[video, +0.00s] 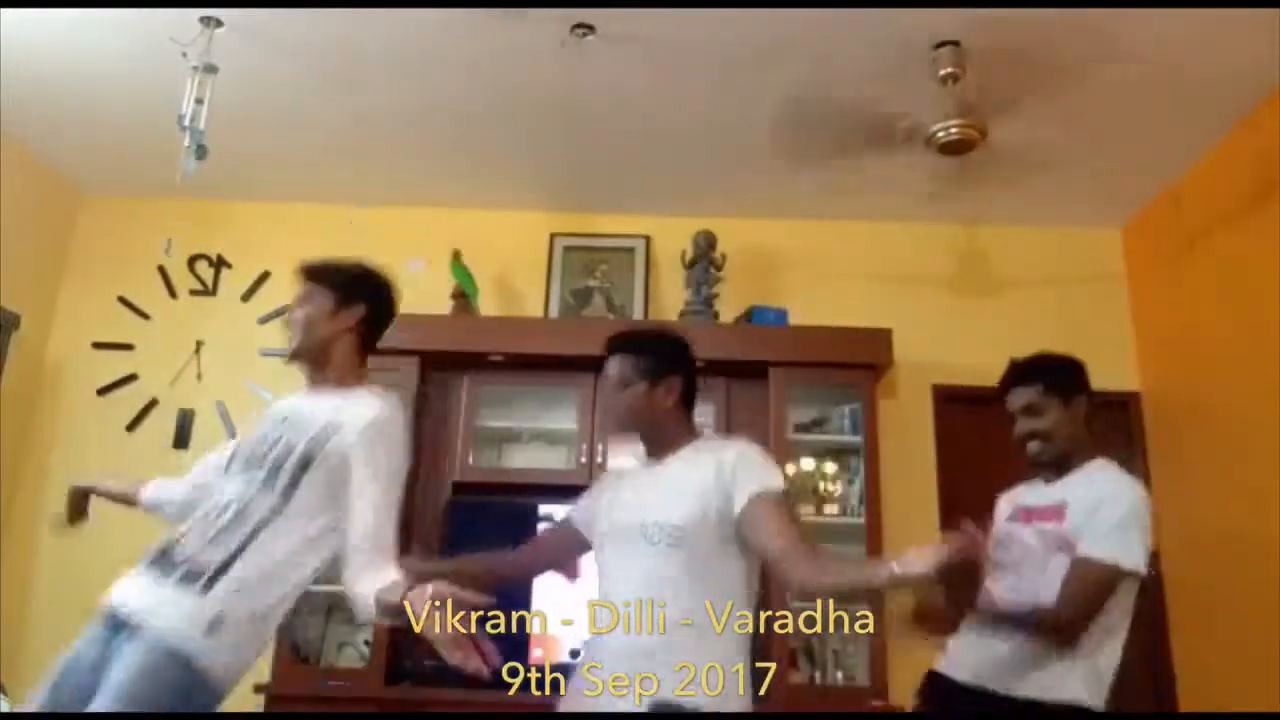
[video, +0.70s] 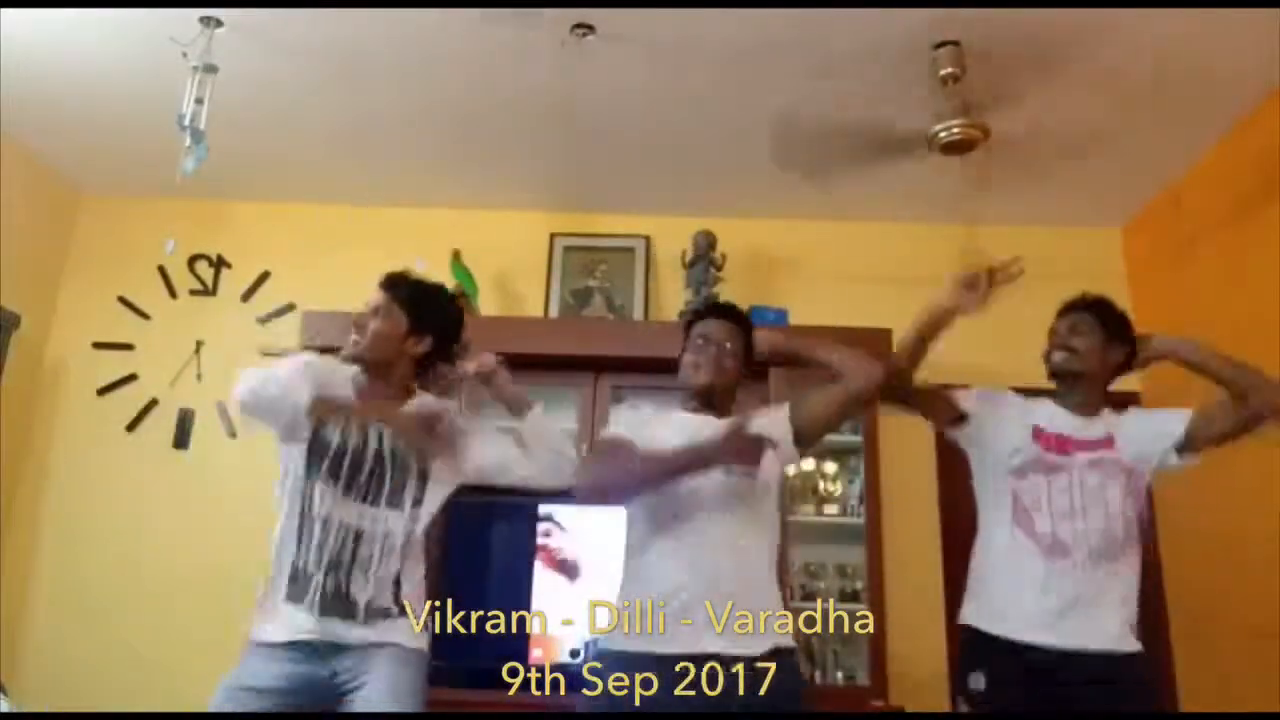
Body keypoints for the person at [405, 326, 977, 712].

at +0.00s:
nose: (604, 400)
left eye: (619, 387)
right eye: (605, 386)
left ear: (671, 393)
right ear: (647, 395)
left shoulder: (734, 462)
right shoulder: (611, 487)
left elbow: (801, 570)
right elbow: (526, 561)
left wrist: (908, 567)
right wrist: (434, 570)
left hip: (698, 695)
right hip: (600, 694)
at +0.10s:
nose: (616, 317)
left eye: (633, 304)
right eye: (616, 305)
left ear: (683, 317)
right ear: (616, 316)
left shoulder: (734, 387)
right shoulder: (605, 405)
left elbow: (798, 505)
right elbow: (538, 511)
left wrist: (846, 505)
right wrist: (438, 548)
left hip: (700, 638)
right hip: (599, 637)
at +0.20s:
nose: (630, 286)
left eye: (650, 278)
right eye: (629, 277)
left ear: (692, 302)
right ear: (623, 297)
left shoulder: (740, 375)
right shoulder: (607, 383)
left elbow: (794, 493)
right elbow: (568, 494)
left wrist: (794, 485)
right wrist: (477, 556)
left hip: (709, 611)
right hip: (605, 608)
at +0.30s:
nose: (653, 309)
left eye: (670, 300)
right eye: (648, 300)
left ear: (706, 325)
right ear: (637, 315)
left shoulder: (746, 403)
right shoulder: (609, 407)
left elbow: (801, 537)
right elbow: (581, 521)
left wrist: (783, 449)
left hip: (707, 645)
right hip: (601, 640)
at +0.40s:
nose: (668, 354)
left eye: (684, 341)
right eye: (660, 341)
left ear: (714, 364)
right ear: (646, 353)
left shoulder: (745, 440)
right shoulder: (610, 442)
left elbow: (810, 565)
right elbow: (568, 570)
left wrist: (786, 434)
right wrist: (575, 595)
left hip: (711, 684)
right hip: (604, 680)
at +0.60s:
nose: (700, 361)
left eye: (717, 356)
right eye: (690, 350)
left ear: (734, 376)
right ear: (672, 363)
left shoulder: (761, 445)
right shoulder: (632, 437)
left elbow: (856, 441)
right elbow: (578, 541)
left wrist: (793, 360)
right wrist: (691, 509)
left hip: (738, 679)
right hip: (632, 679)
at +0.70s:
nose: (709, 356)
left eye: (726, 349)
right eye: (700, 344)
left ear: (742, 369)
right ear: (681, 357)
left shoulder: (770, 428)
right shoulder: (638, 421)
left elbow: (868, 375)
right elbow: (592, 482)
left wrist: (781, 343)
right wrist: (712, 453)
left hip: (755, 660)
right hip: (644, 659)